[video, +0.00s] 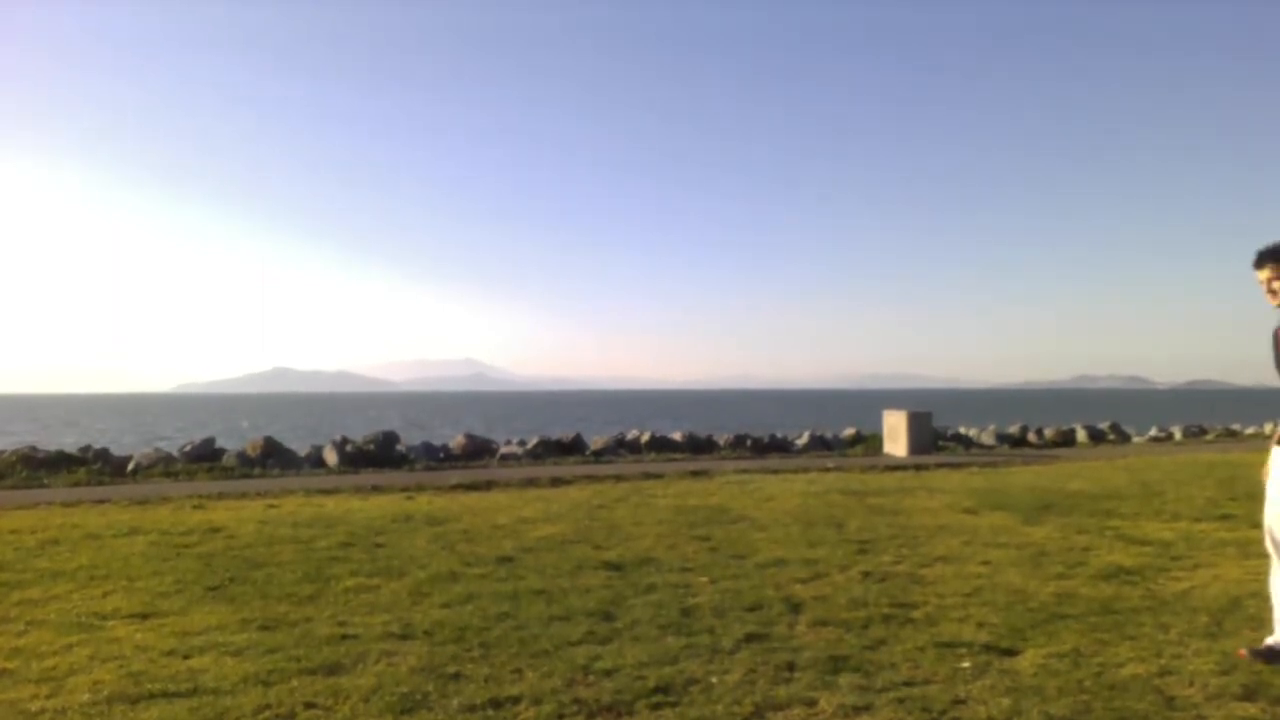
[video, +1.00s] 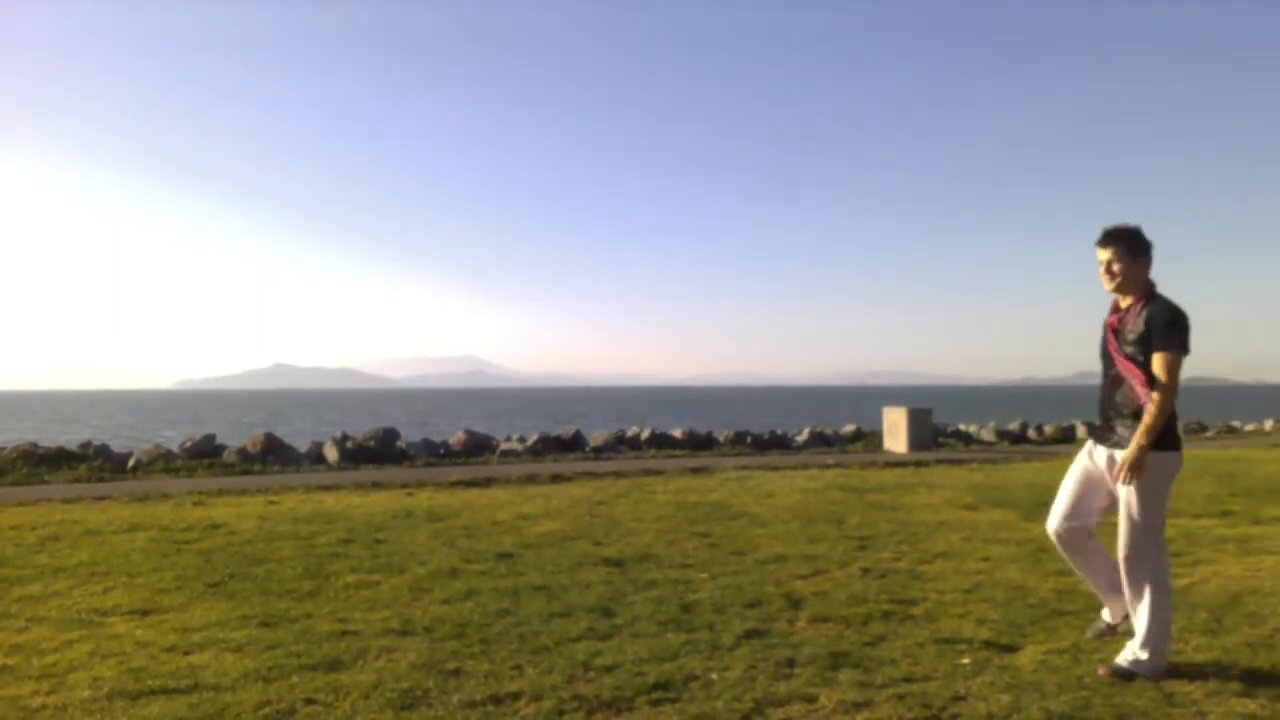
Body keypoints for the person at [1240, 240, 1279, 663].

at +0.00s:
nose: (1270, 292)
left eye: (1274, 283)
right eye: (1266, 285)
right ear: (1261, 286)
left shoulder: (1276, 334)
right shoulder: (1274, 335)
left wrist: (1273, 447)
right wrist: (1274, 446)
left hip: (1277, 443)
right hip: (1277, 443)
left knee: (1274, 530)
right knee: (1272, 531)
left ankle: (1277, 631)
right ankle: (1276, 630)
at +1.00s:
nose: (1106, 271)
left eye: (1115, 263)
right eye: (1102, 264)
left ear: (1143, 262)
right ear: (1101, 268)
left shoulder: (1164, 316)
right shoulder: (1116, 314)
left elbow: (1165, 391)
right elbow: (1120, 380)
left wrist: (1137, 447)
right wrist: (1106, 432)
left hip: (1146, 450)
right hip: (1103, 443)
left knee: (1140, 553)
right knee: (1064, 526)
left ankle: (1148, 653)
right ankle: (1120, 605)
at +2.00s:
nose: (896, 265)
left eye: (905, 257)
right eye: (892, 258)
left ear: (934, 257)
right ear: (891, 261)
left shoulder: (958, 316)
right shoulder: (893, 320)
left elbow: (987, 391)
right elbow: (884, 389)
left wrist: (994, 460)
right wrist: (853, 440)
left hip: (929, 455)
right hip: (890, 453)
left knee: (883, 554)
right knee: (917, 565)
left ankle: (849, 677)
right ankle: (954, 669)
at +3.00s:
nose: (720, 258)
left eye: (728, 249)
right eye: (717, 251)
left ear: (761, 248)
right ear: (724, 254)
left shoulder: (781, 307)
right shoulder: (737, 310)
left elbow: (770, 391)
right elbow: (742, 390)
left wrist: (713, 449)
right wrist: (726, 451)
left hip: (771, 471)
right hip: (724, 466)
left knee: (773, 592)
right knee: (679, 581)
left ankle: (795, 704)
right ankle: (630, 699)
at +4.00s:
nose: (556, 220)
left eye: (567, 210)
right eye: (554, 212)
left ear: (605, 212)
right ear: (557, 219)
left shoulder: (646, 277)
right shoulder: (558, 287)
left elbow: (700, 357)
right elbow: (510, 317)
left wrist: (750, 430)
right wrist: (520, 249)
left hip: (662, 462)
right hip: (593, 473)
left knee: (743, 581)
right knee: (607, 618)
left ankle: (844, 696)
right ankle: (632, 715)